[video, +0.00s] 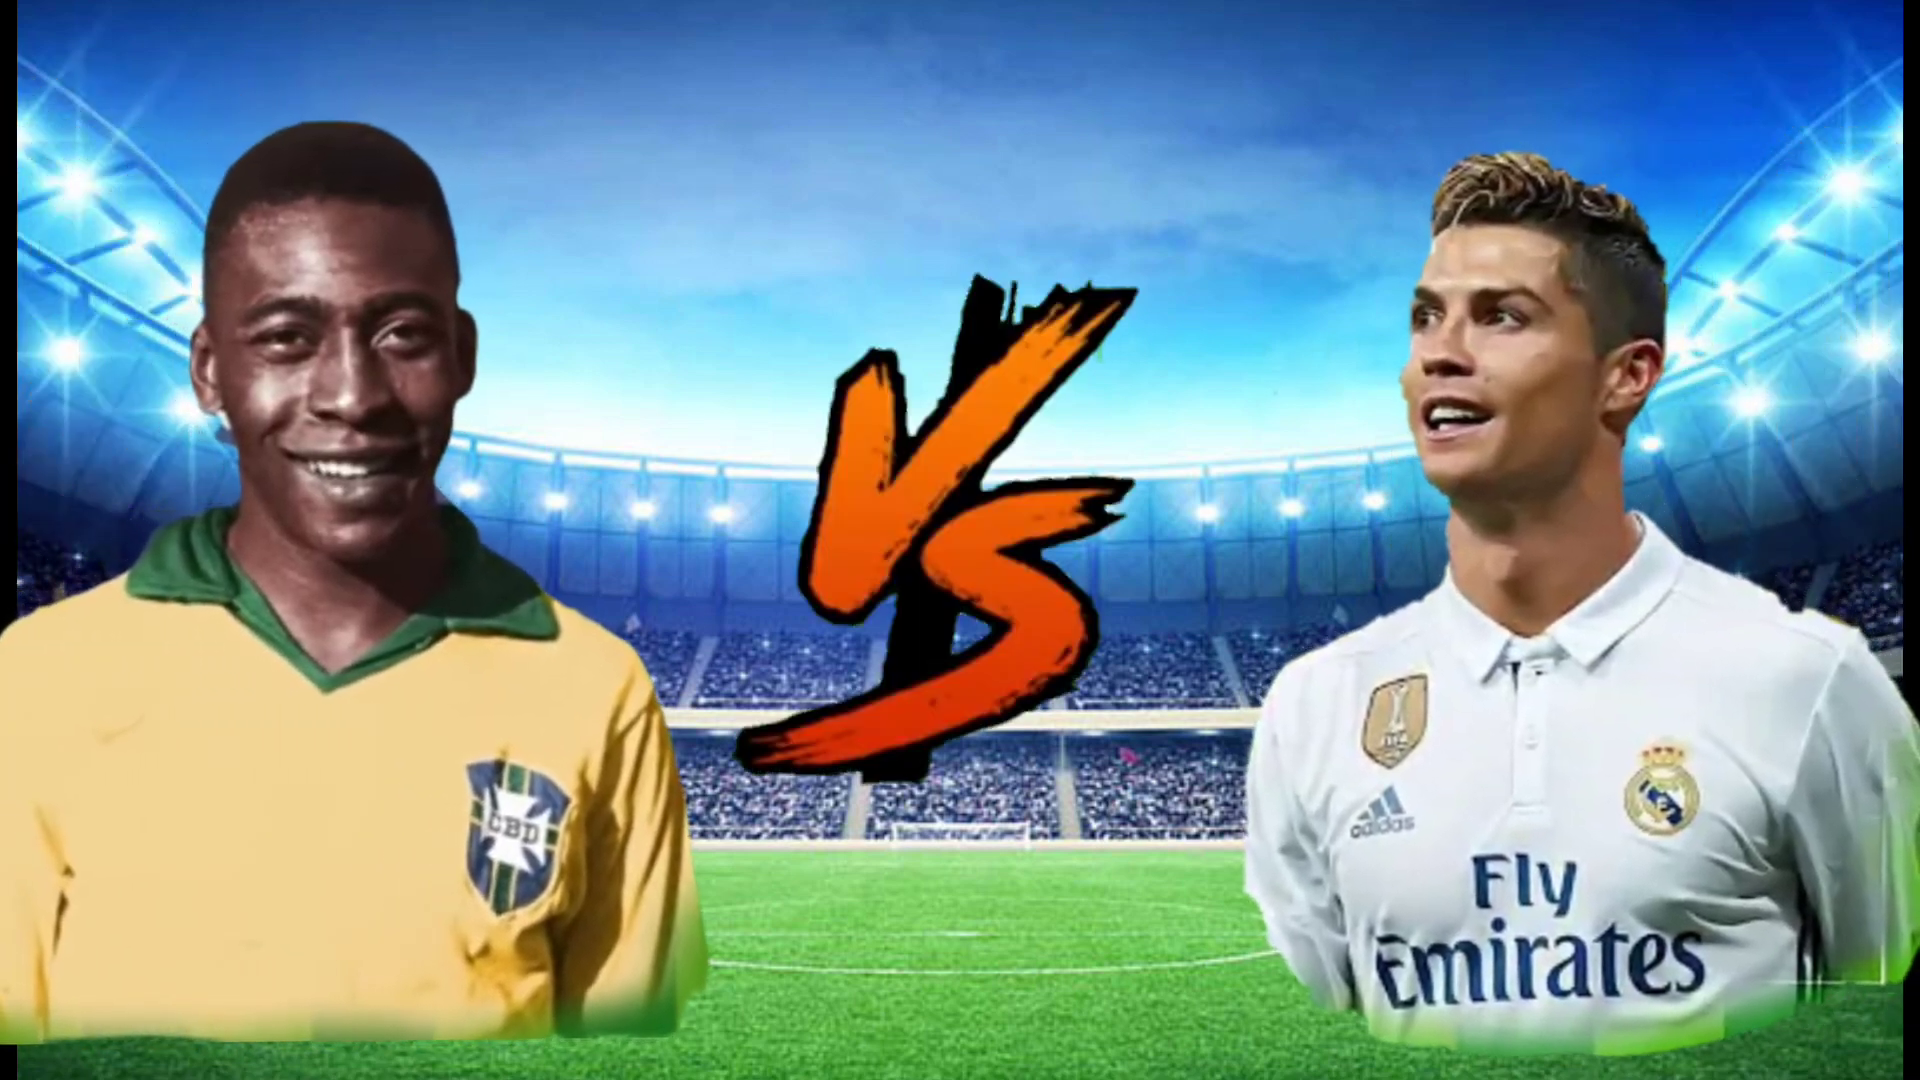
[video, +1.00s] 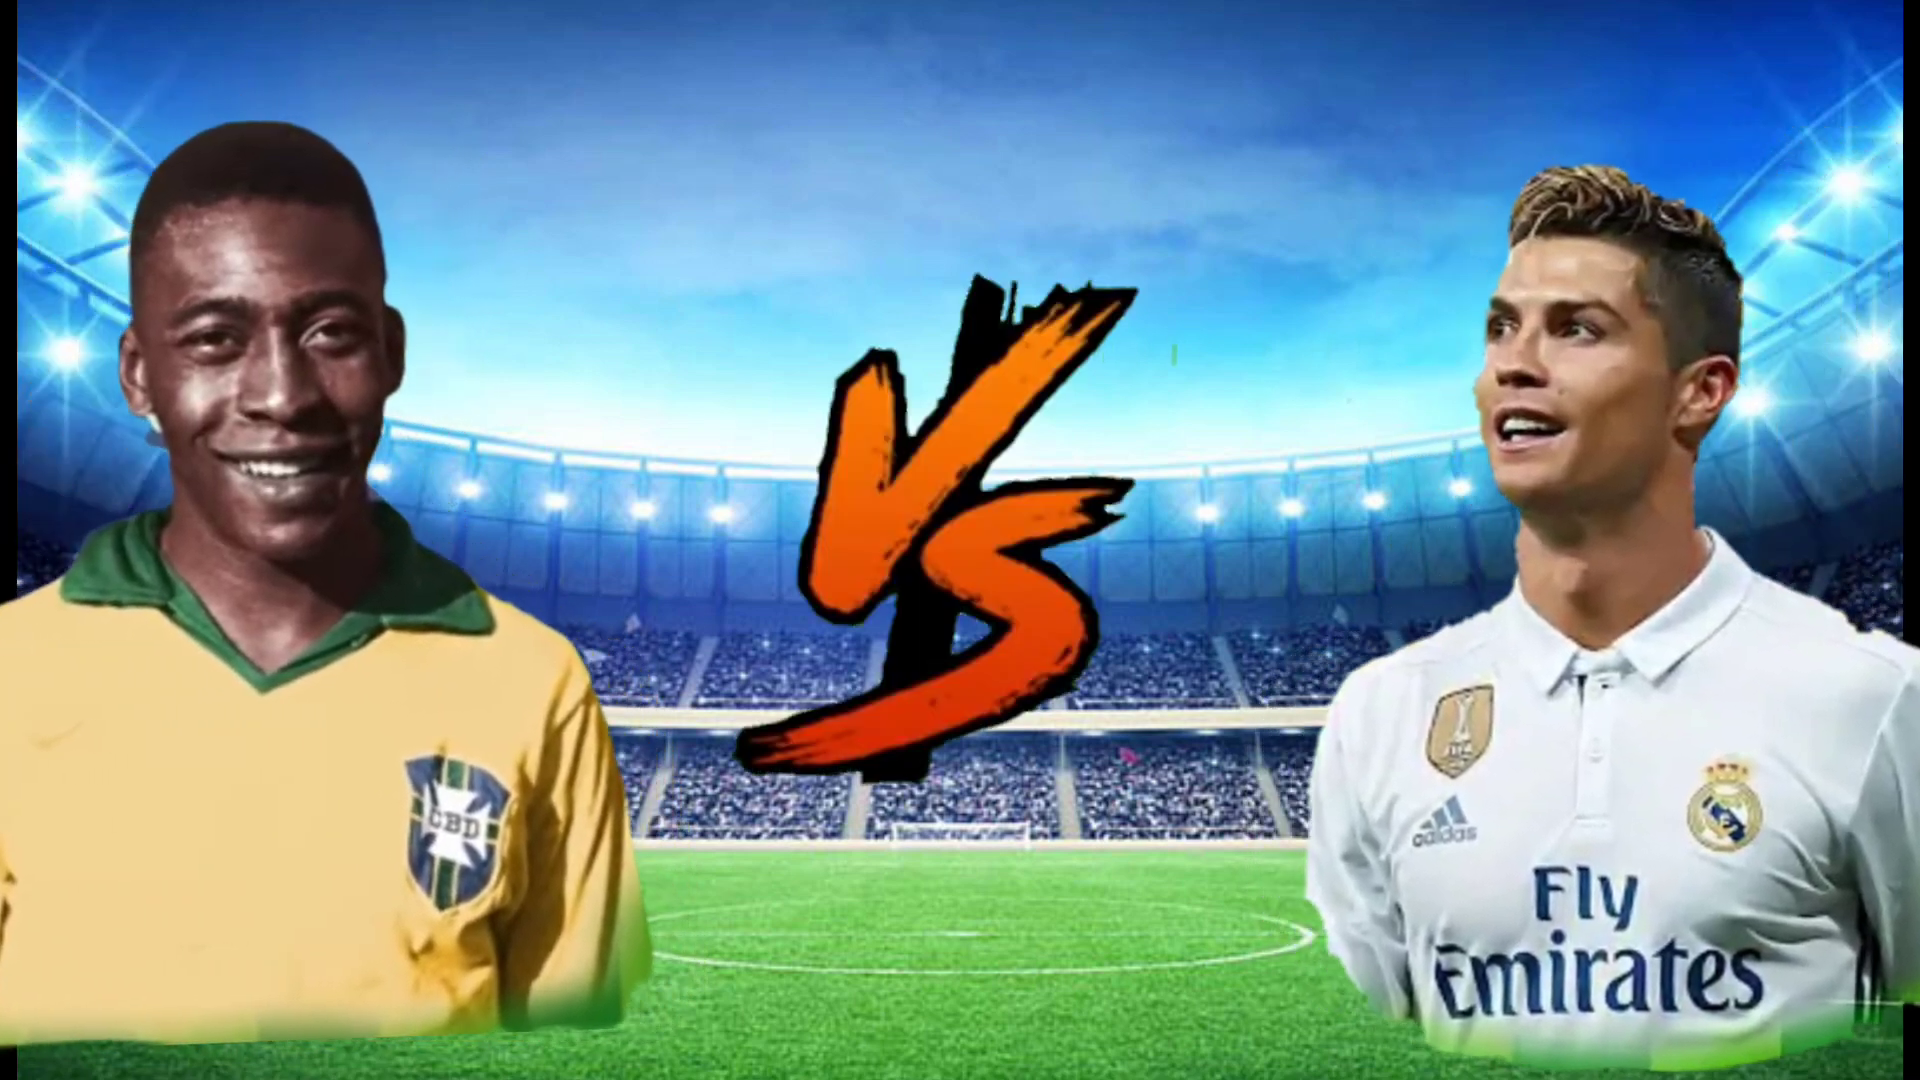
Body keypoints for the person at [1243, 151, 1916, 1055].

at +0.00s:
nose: (1438, 353)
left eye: (1502, 317)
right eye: (1426, 319)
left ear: (1626, 377)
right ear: (1407, 353)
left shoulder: (1808, 689)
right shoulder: (1309, 713)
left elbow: (1875, 1030)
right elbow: (1320, 1045)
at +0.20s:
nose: (1443, 356)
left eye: (1508, 319)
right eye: (1432, 320)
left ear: (1631, 380)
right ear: (1412, 354)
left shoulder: (1811, 694)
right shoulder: (1314, 714)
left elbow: (1876, 1032)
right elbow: (1322, 1047)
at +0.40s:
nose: (1450, 358)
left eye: (1516, 322)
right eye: (1440, 322)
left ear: (1640, 383)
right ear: (1420, 358)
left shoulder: (1818, 698)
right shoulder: (1318, 716)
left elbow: (1878, 1033)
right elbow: (1333, 1043)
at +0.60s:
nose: (1462, 362)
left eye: (1528, 325)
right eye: (1453, 326)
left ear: (1651, 387)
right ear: (1432, 365)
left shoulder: (1831, 703)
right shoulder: (1329, 716)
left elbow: (1885, 1032)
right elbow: (1340, 1046)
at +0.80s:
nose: (1480, 364)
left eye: (1547, 328)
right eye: (1470, 328)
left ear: (1668, 391)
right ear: (1449, 368)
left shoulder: (1848, 706)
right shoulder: (1345, 720)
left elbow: (1895, 1021)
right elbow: (1360, 1043)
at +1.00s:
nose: (1512, 364)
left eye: (1577, 329)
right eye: (1502, 328)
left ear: (1698, 395)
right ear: (1485, 363)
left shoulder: (1876, 708)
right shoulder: (1374, 721)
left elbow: (1910, 1008)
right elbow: (1382, 1043)